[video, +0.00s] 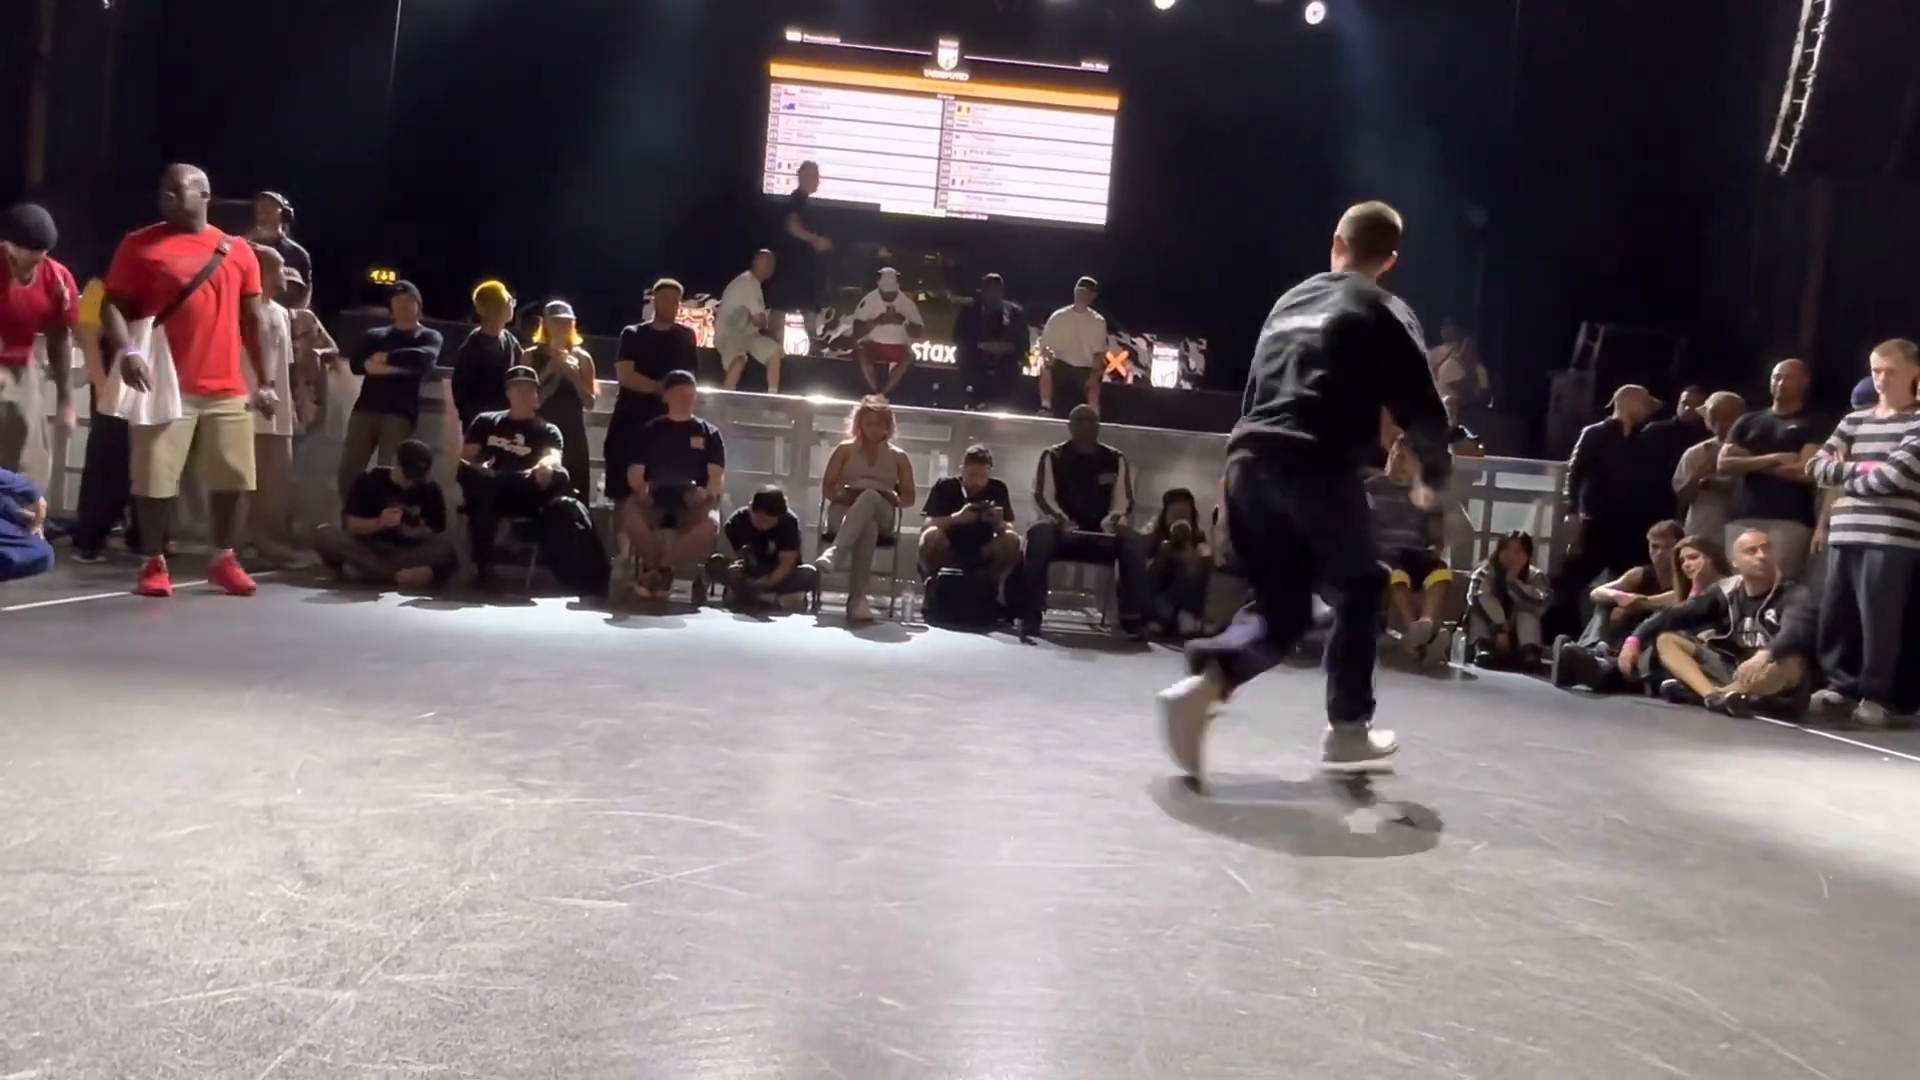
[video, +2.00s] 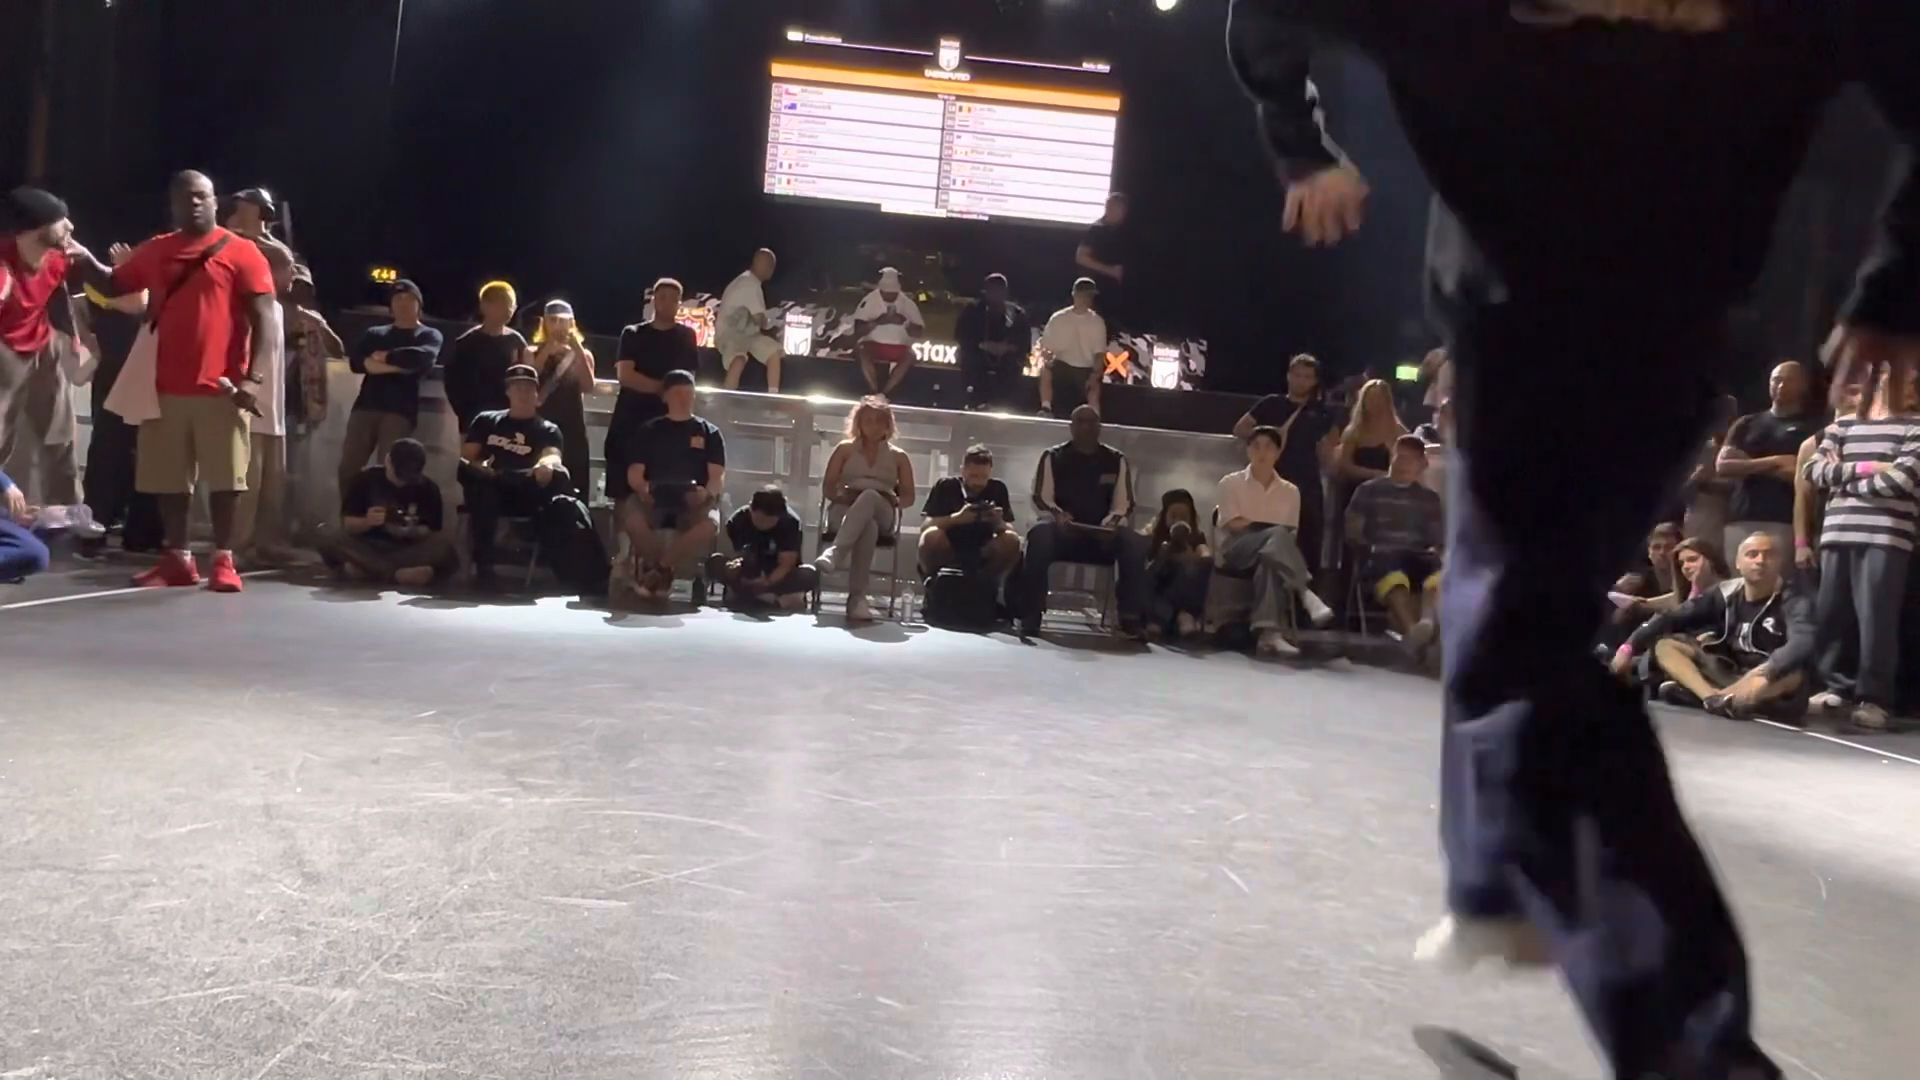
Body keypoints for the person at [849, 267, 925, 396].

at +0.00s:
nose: (889, 297)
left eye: (892, 293)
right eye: (885, 293)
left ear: (897, 289)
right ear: (879, 289)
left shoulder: (906, 302)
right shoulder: (869, 300)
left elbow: (918, 333)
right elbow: (856, 331)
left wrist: (903, 321)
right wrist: (879, 320)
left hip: (898, 346)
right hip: (873, 344)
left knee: (909, 357)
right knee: (861, 352)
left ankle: (884, 393)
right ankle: (875, 391)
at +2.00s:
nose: (890, 296)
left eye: (893, 293)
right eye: (886, 293)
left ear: (898, 290)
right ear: (880, 290)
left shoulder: (907, 303)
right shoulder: (869, 300)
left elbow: (918, 332)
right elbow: (858, 330)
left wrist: (904, 322)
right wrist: (879, 321)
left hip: (899, 347)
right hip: (873, 344)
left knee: (909, 357)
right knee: (863, 352)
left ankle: (885, 393)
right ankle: (875, 392)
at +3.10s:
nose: (884, 301)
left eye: (887, 298)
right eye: (880, 298)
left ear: (892, 295)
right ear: (874, 294)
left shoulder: (901, 307)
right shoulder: (864, 305)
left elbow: (912, 338)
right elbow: (852, 335)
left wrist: (899, 327)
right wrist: (873, 326)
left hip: (895, 352)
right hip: (868, 350)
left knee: (904, 362)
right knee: (858, 358)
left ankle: (881, 398)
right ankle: (870, 396)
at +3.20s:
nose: (882, 301)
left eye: (885, 298)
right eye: (878, 298)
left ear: (890, 295)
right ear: (872, 295)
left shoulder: (899, 307)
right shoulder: (862, 305)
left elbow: (910, 338)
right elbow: (850, 335)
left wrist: (896, 327)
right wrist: (870, 327)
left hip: (892, 352)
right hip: (866, 350)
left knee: (902, 363)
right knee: (856, 358)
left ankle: (879, 398)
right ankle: (867, 396)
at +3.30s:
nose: (880, 302)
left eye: (883, 299)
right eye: (876, 299)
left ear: (888, 296)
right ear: (870, 295)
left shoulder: (897, 308)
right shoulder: (859, 307)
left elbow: (908, 338)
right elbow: (848, 336)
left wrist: (894, 328)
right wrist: (870, 327)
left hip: (891, 353)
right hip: (864, 350)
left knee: (900, 363)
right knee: (854, 358)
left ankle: (878, 398)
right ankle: (866, 396)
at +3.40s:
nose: (878, 303)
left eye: (882, 300)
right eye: (875, 300)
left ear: (887, 297)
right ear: (868, 296)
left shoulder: (895, 308)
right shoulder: (858, 307)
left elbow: (906, 339)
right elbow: (846, 337)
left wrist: (892, 329)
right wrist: (867, 328)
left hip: (889, 353)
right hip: (862, 351)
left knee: (898, 364)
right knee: (852, 360)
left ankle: (875, 400)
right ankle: (864, 397)